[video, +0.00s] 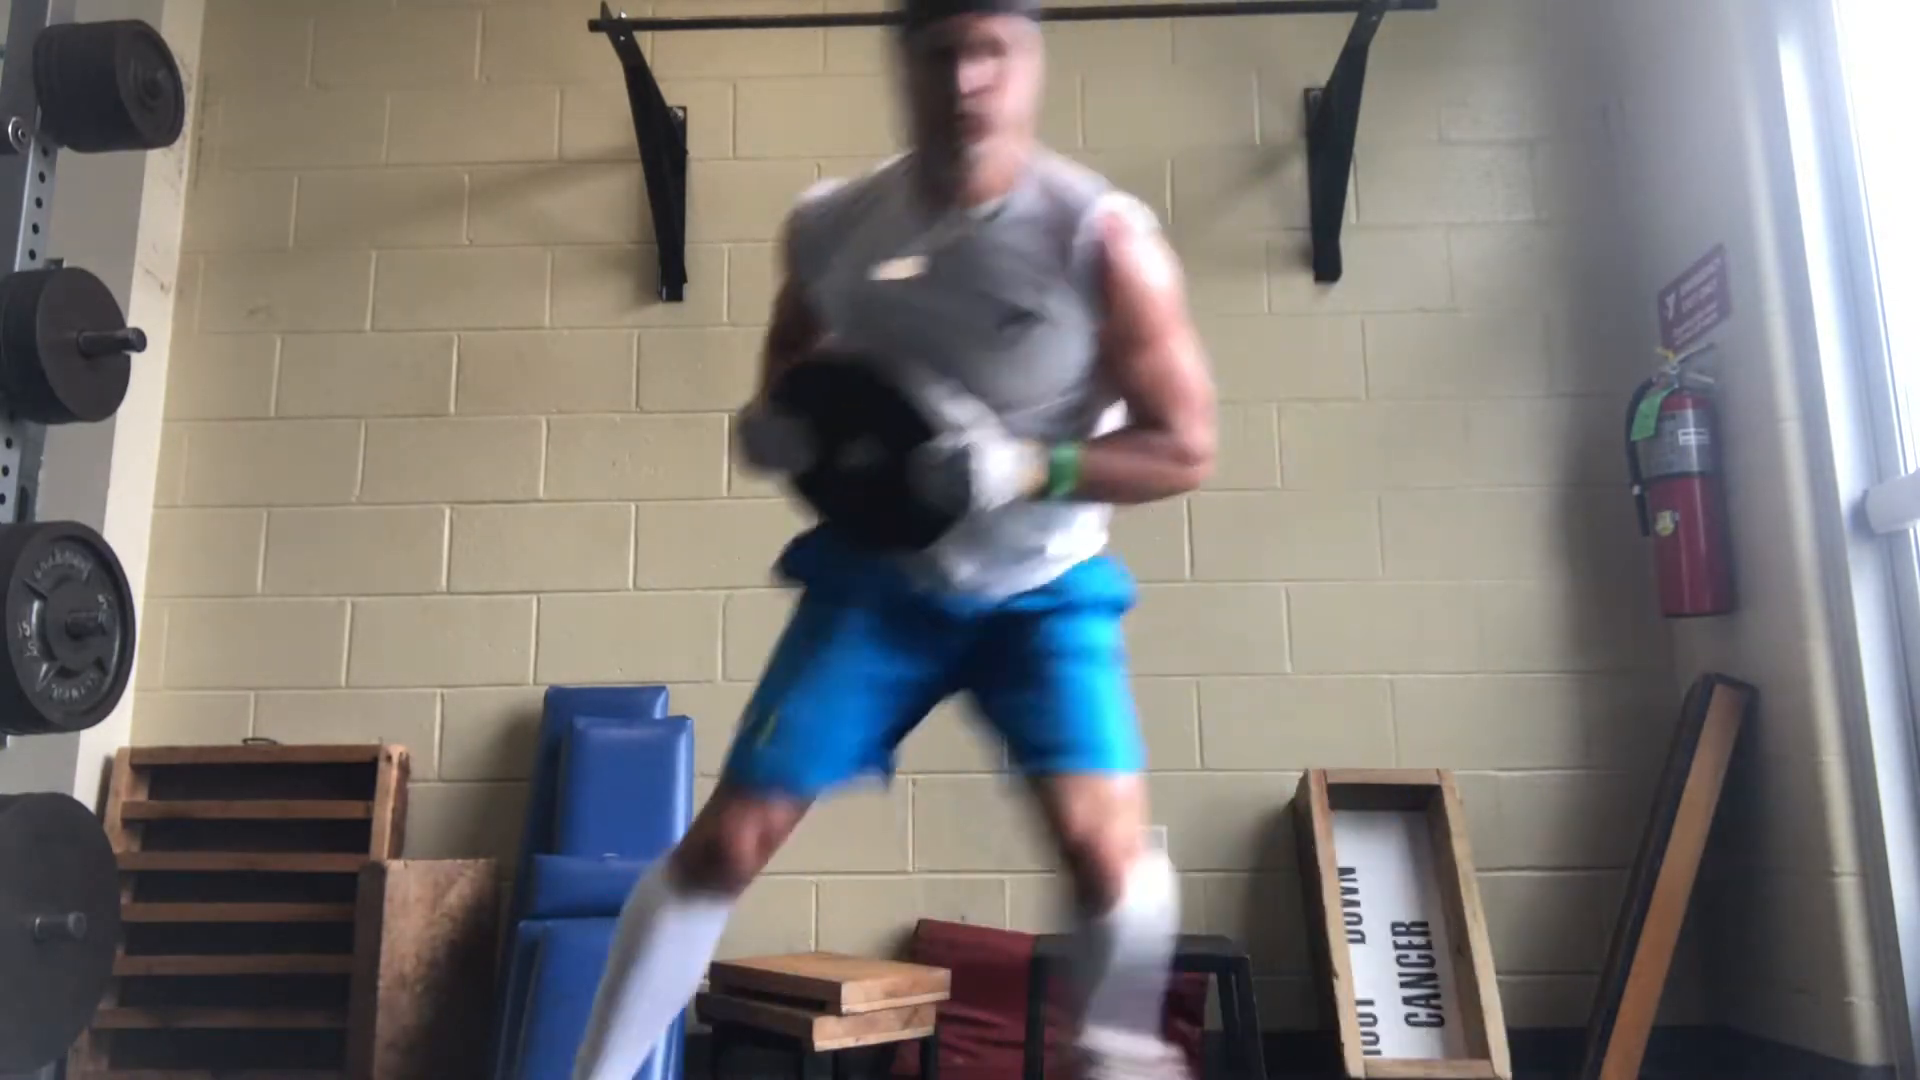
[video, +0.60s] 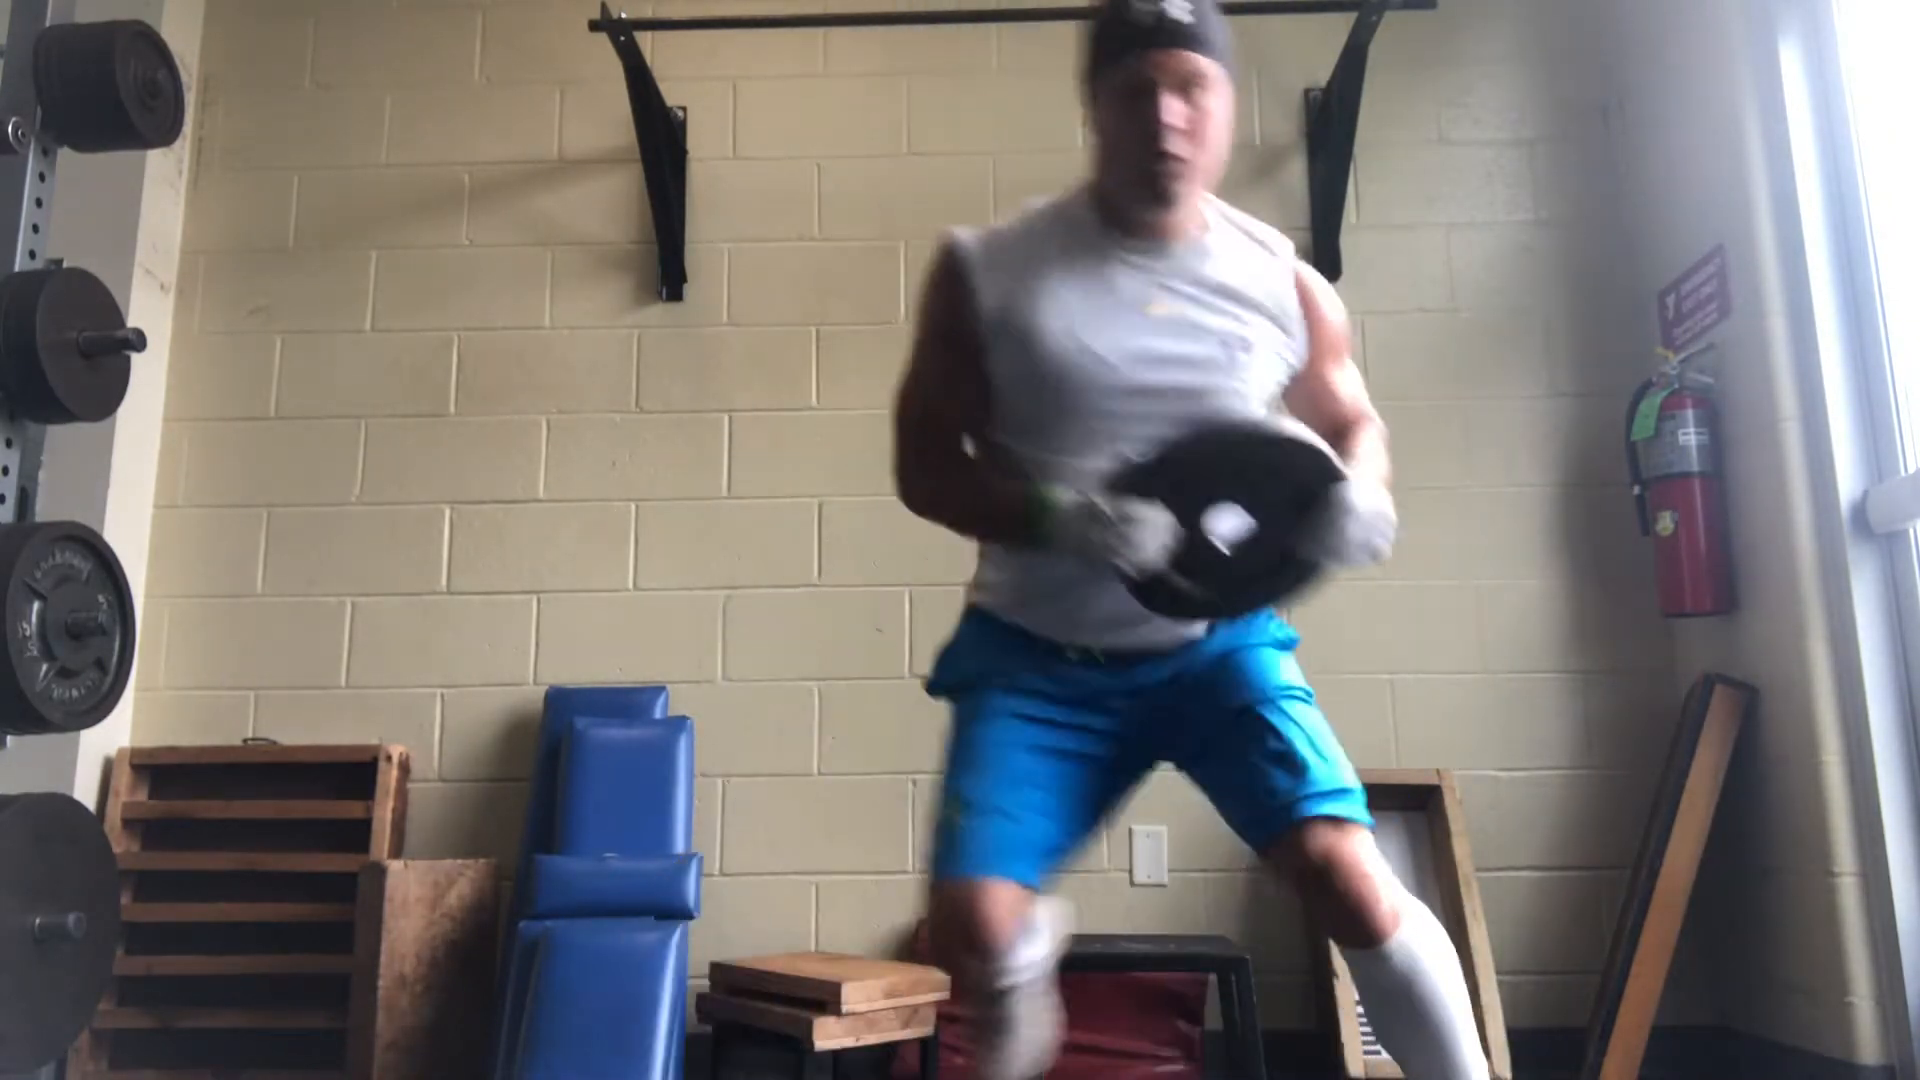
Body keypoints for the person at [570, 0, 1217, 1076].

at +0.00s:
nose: (967, 80)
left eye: (992, 53)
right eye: (940, 54)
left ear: (1032, 67)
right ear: (904, 70)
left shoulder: (1104, 235)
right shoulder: (829, 232)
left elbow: (1185, 448)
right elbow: (774, 410)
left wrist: (1025, 465)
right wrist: (783, 435)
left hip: (1047, 593)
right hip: (875, 583)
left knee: (1109, 854)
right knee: (730, 840)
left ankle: (1110, 1061)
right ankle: (598, 1076)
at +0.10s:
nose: (849, 142)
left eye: (874, 115)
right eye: (824, 117)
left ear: (914, 126)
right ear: (788, 135)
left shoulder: (1004, 293)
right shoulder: (740, 311)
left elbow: (1111, 493)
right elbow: (722, 480)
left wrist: (953, 530)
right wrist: (710, 524)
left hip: (970, 673)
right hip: (800, 654)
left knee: (933, 930)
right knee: (674, 892)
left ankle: (832, 989)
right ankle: (589, 1074)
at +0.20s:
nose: (787, 170)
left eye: (812, 138)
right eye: (758, 145)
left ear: (855, 145)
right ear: (725, 168)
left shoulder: (965, 304)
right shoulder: (708, 343)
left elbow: (1098, 482)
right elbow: (709, 496)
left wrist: (955, 552)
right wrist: (698, 569)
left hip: (945, 678)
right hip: (781, 671)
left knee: (887, 923)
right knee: (667, 899)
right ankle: (586, 1079)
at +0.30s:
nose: (821, 142)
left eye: (845, 108)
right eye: (791, 116)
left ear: (887, 115)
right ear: (758, 138)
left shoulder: (998, 271)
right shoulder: (726, 315)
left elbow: (1141, 426)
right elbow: (722, 465)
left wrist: (1026, 500)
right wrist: (752, 527)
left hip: (992, 639)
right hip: (820, 645)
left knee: (1033, 871)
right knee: (693, 888)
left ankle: (1091, 1011)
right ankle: (598, 1072)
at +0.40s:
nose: (923, 88)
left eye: (944, 56)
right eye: (894, 64)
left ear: (989, 66)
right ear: (861, 85)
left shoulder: (1089, 223)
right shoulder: (799, 251)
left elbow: (1234, 360)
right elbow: (774, 409)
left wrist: (1140, 435)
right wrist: (846, 458)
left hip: (1077, 584)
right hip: (889, 597)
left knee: (1189, 803)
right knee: (761, 844)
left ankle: (1327, 1053)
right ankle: (632, 1068)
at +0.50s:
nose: (1050, 76)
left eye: (1075, 47)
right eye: (1023, 50)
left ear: (1117, 65)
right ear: (987, 69)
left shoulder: (1198, 234)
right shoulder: (896, 235)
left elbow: (1311, 366)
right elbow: (852, 410)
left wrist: (1270, 431)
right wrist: (952, 453)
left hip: (1148, 596)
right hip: (967, 601)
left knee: (1286, 841)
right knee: (854, 850)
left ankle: (1448, 1070)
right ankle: (823, 1044)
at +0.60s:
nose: (1165, 117)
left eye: (1190, 88)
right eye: (1136, 90)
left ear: (1229, 112)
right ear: (1092, 108)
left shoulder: (1287, 290)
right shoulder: (988, 273)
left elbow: (1353, 429)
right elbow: (924, 468)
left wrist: (1354, 501)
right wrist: (1060, 519)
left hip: (1223, 649)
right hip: (1038, 658)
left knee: (1347, 876)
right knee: (978, 921)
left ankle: (1466, 1073)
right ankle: (1019, 1036)